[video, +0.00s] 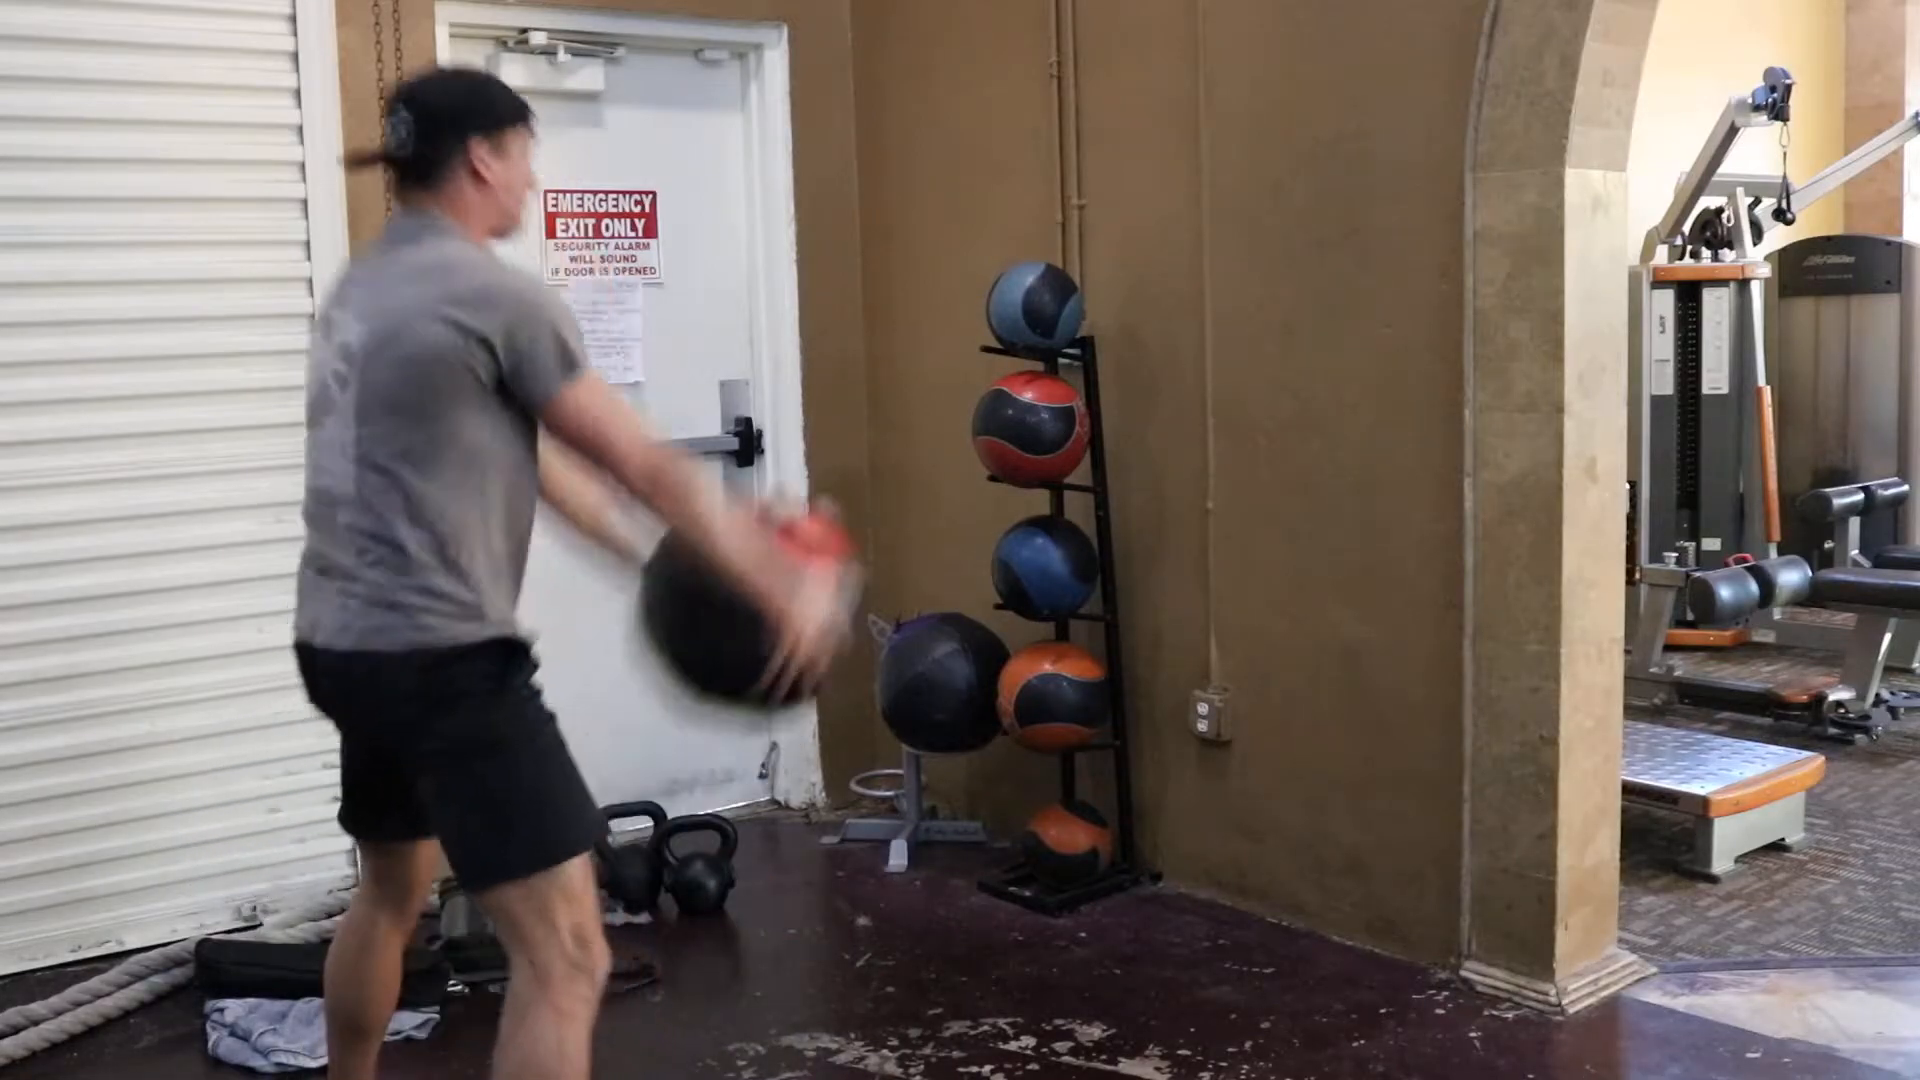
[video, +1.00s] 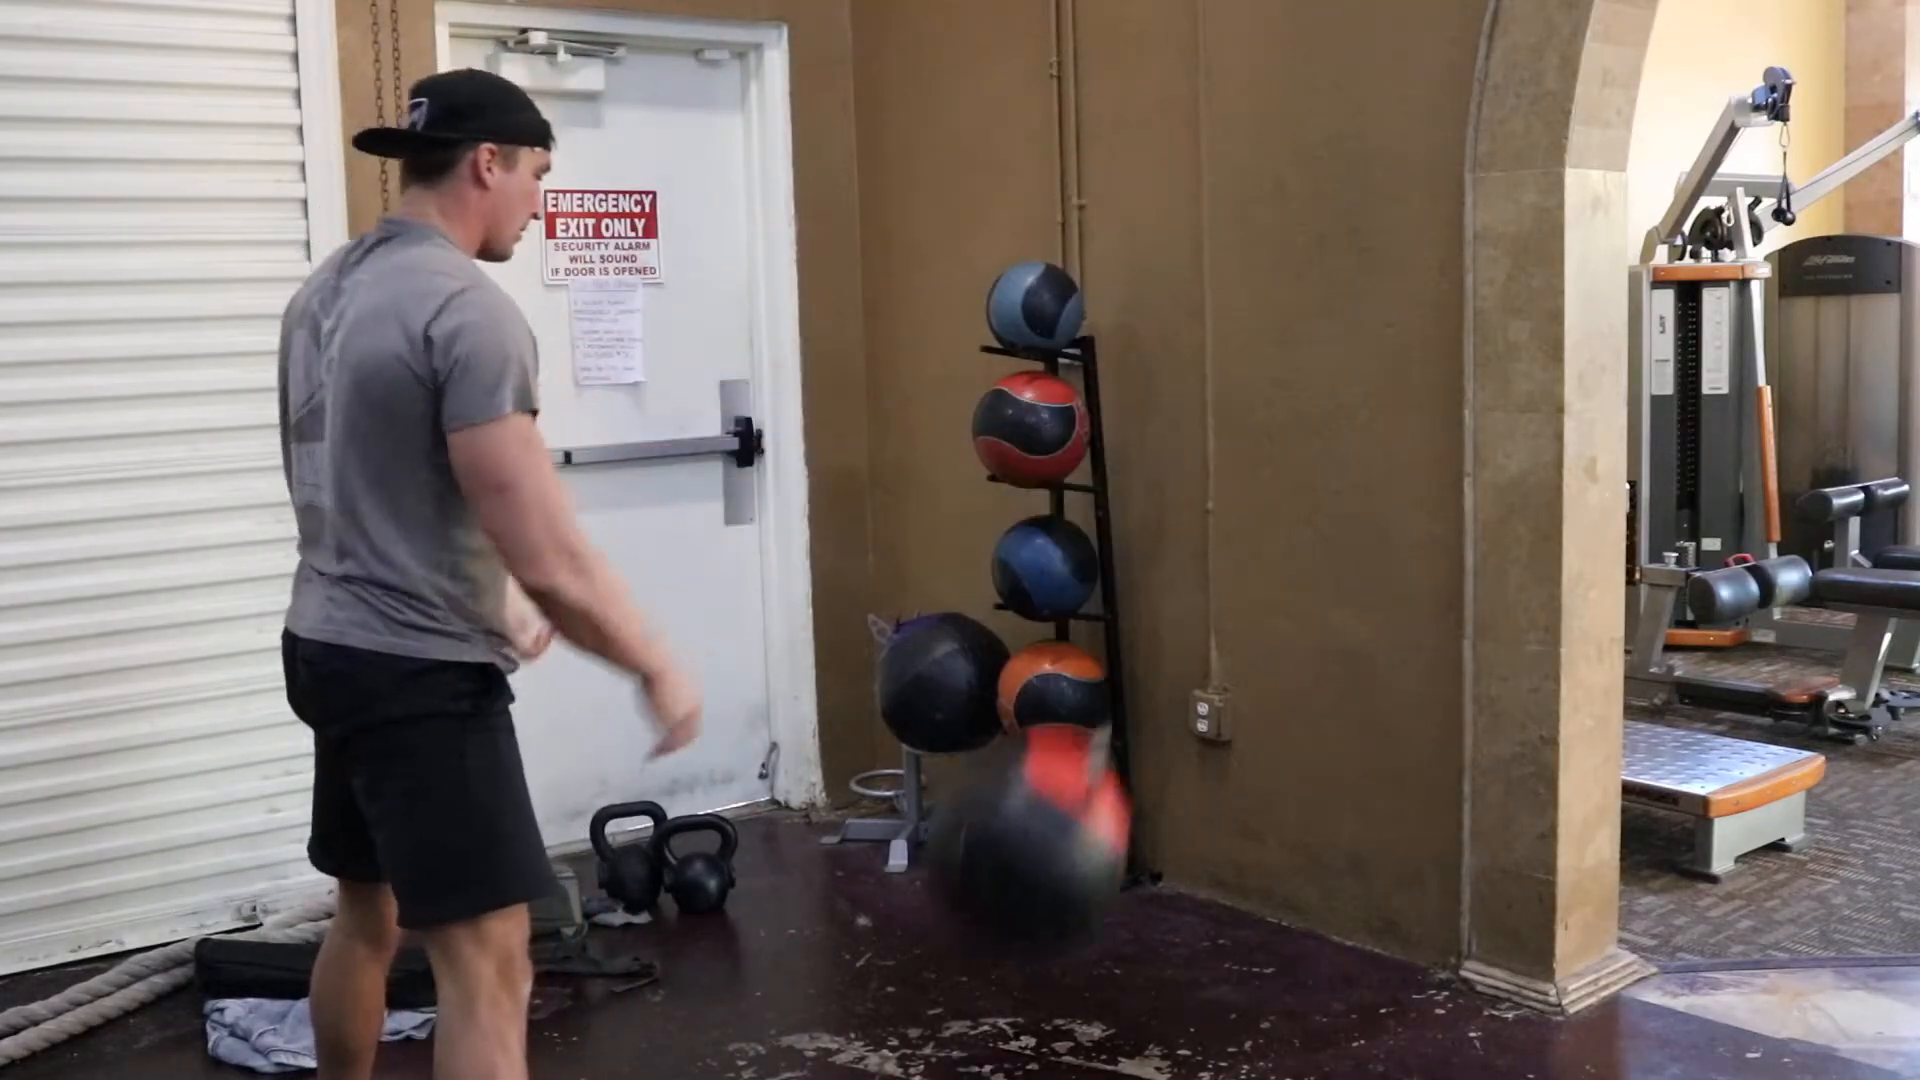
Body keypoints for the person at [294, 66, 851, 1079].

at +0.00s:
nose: (532, 179)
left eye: (529, 156)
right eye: (523, 155)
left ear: (434, 162)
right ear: (481, 160)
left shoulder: (363, 284)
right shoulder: (493, 293)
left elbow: (533, 459)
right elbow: (642, 462)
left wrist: (665, 561)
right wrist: (786, 590)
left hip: (342, 645)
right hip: (448, 655)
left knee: (390, 894)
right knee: (564, 956)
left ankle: (346, 1073)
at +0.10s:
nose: (486, 156)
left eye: (484, 133)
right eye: (477, 133)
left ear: (383, 135)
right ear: (430, 135)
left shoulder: (322, 239)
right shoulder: (457, 245)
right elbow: (679, 265)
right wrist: (848, 223)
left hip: (369, 630)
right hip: (480, 636)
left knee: (387, 898)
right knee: (534, 944)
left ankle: (355, 1072)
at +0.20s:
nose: (508, 167)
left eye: (509, 148)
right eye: (500, 148)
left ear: (391, 147)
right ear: (451, 150)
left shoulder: (330, 260)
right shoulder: (459, 250)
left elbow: (514, 112)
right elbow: (632, 93)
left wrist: (613, 33)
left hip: (380, 641)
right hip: (488, 648)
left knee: (394, 901)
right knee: (529, 943)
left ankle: (348, 1071)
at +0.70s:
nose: (494, 180)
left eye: (497, 165)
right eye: (491, 160)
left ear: (372, 163)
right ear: (444, 161)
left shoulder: (301, 272)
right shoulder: (438, 268)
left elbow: (454, 224)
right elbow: (662, 189)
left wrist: (560, 106)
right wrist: (740, 38)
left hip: (359, 650)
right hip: (466, 662)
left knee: (377, 912)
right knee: (501, 962)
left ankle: (350, 1074)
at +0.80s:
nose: (497, 199)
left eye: (499, 174)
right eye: (492, 171)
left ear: (380, 162)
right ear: (441, 159)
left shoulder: (295, 281)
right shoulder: (440, 286)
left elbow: (425, 346)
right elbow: (680, 349)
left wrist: (574, 306)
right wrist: (791, 263)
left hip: (343, 651)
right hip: (451, 664)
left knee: (366, 920)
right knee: (491, 969)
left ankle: (343, 1077)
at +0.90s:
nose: (512, 197)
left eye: (514, 171)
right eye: (507, 170)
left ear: (417, 162)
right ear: (458, 160)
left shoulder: (310, 282)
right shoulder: (443, 299)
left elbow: (415, 440)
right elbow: (618, 493)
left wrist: (549, 482)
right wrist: (768, 512)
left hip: (334, 650)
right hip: (437, 666)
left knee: (361, 921)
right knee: (486, 964)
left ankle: (341, 1077)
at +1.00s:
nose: (539, 201)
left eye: (542, 178)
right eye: (536, 174)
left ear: (439, 165)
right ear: (487, 166)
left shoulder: (323, 290)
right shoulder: (467, 308)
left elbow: (356, 491)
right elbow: (546, 561)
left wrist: (485, 593)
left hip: (329, 654)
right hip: (425, 672)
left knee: (364, 921)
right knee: (484, 968)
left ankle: (340, 1078)